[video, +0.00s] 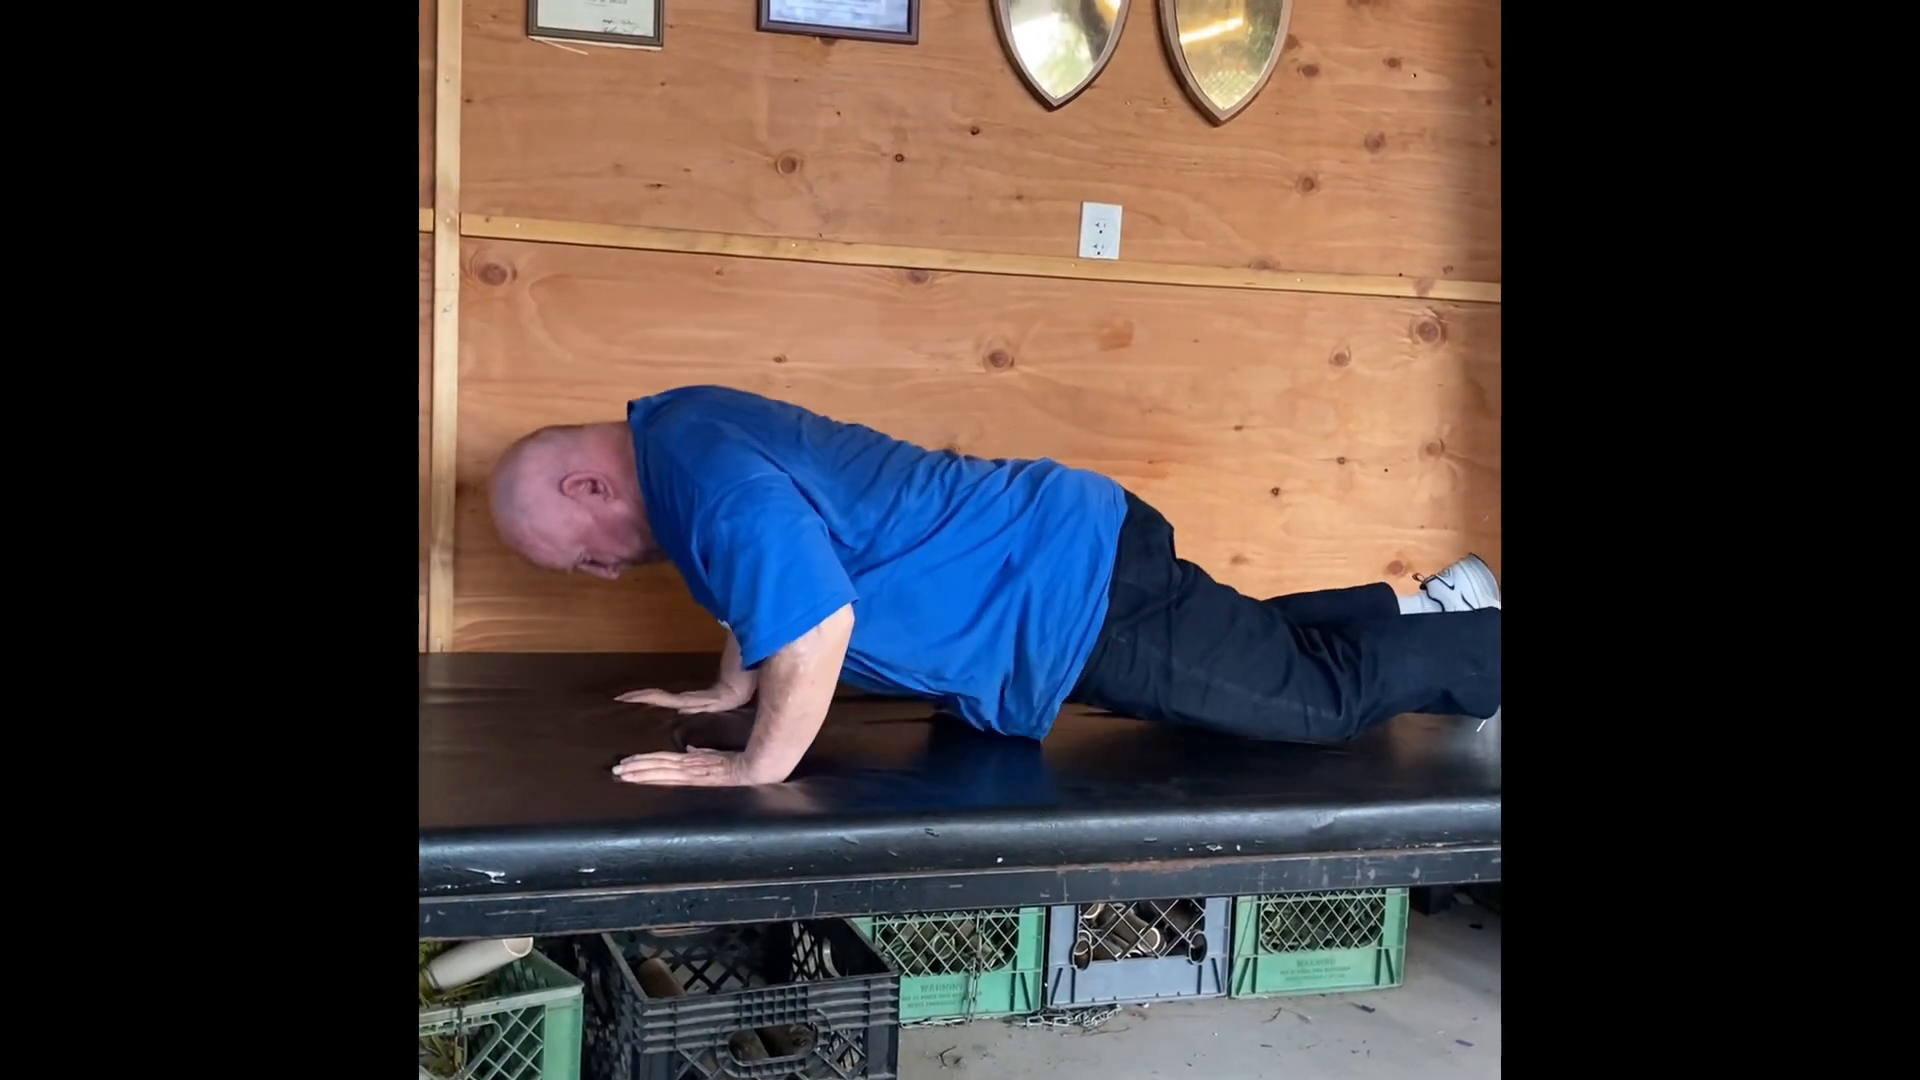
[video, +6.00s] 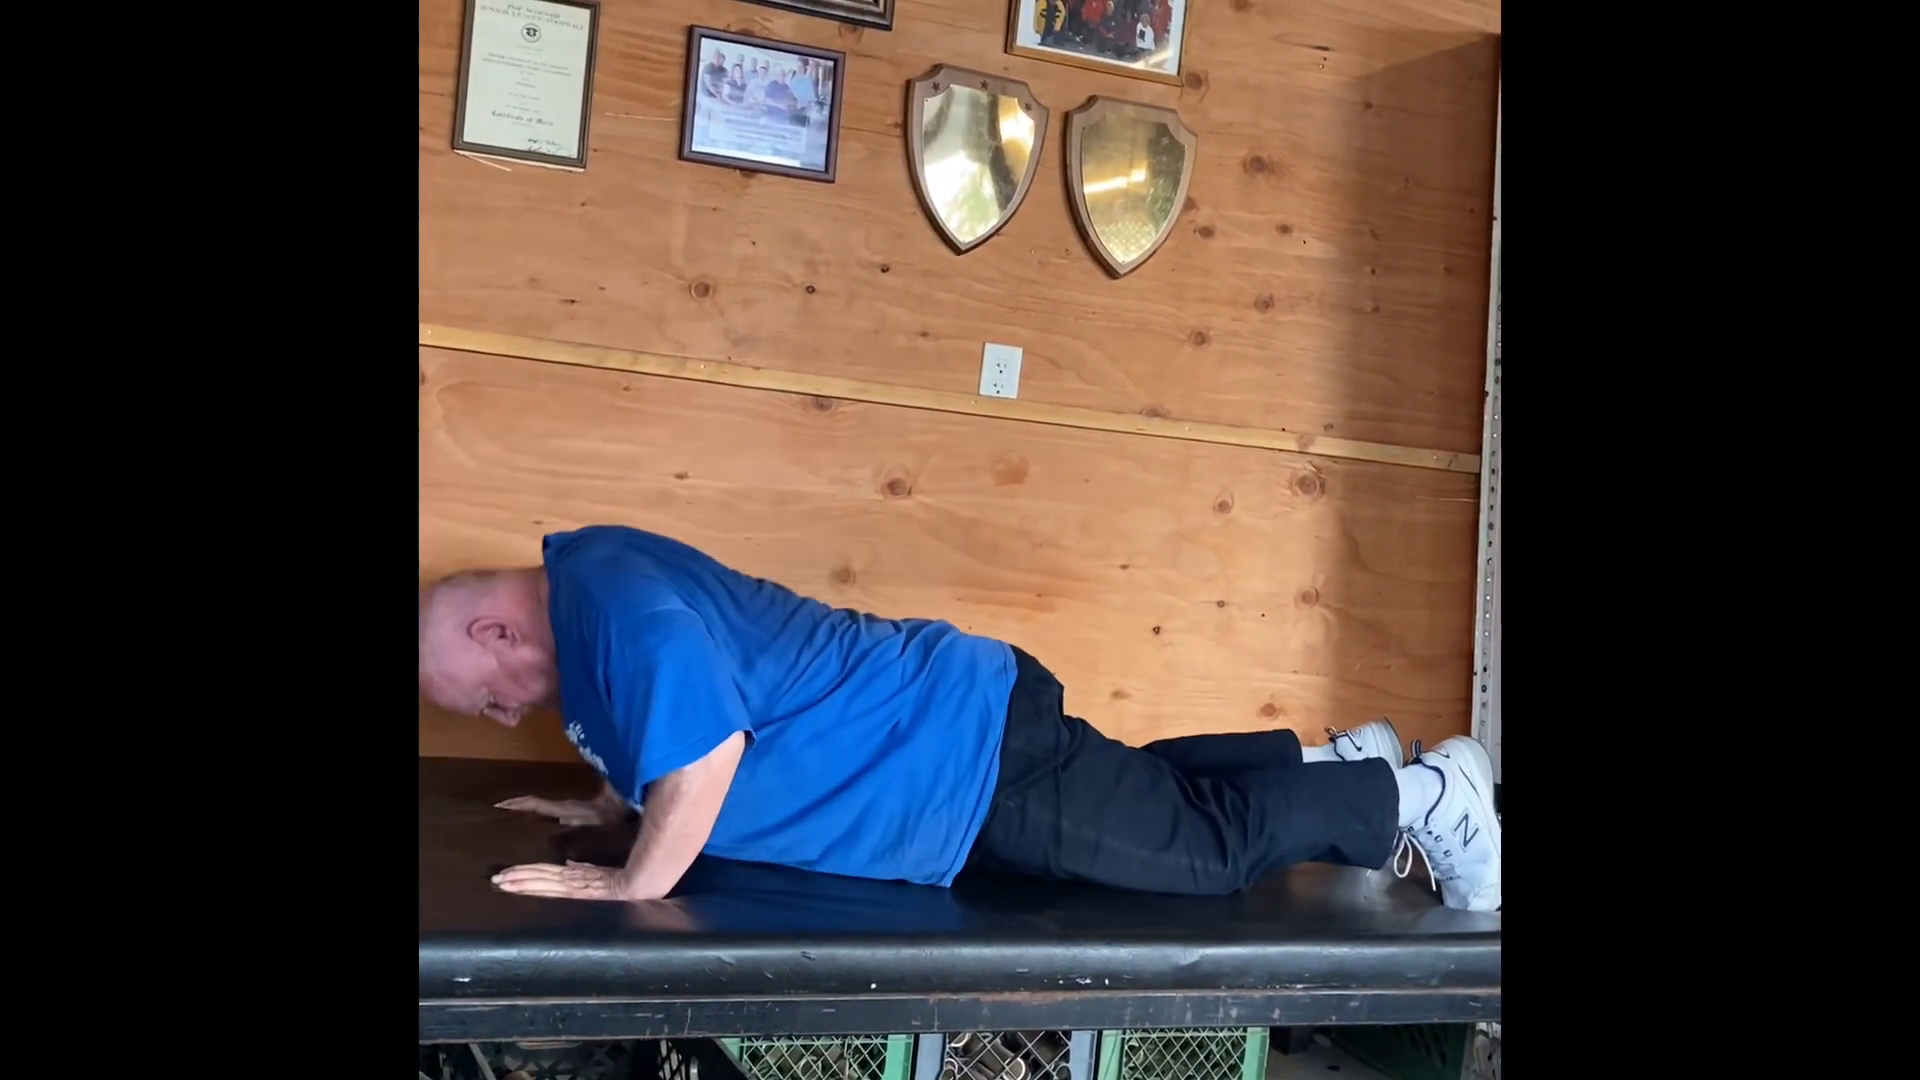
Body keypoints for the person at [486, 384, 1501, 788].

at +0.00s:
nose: (606, 552)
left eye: (584, 538)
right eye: (580, 551)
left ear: (581, 480)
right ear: (580, 479)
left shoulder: (711, 474)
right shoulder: (680, 441)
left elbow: (816, 616)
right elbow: (774, 591)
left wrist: (761, 768)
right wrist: (738, 705)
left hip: (1079, 587)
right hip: (1056, 567)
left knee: (1313, 693)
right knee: (1282, 653)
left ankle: (1483, 648)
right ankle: (1452, 607)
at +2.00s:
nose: (561, 644)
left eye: (541, 634)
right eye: (542, 642)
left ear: (543, 574)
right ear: (539, 560)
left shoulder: (661, 534)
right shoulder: (611, 513)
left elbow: (781, 636)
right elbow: (716, 635)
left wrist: (714, 772)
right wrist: (663, 690)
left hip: (1041, 634)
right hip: (1014, 615)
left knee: (1277, 726)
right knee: (1221, 666)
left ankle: (1463, 668)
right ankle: (1409, 626)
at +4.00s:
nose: (490, 689)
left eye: (471, 676)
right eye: (473, 687)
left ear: (472, 615)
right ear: (476, 617)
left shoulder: (604, 580)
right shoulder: (554, 580)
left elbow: (703, 710)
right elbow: (675, 702)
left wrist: (639, 841)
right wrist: (610, 781)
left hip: (956, 698)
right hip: (925, 733)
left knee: (1194, 796)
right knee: (1152, 757)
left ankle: (1410, 744)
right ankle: (1339, 713)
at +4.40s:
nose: (520, 559)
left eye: (506, 542)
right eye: (503, 548)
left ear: (519, 486)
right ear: (523, 466)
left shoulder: (653, 505)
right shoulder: (624, 484)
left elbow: (679, 704)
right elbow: (657, 673)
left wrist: (638, 850)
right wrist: (618, 782)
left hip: (980, 643)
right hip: (953, 647)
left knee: (1198, 765)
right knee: (1166, 731)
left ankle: (1428, 754)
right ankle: (1360, 728)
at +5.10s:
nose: (480, 694)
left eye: (460, 678)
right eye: (463, 688)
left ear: (471, 621)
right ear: (478, 625)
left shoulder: (602, 588)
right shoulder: (563, 624)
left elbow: (693, 738)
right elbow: (675, 734)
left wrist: (627, 868)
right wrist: (605, 798)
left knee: (1183, 822)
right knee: (1146, 786)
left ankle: (1404, 781)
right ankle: (1341, 744)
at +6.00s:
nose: (511, 694)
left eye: (489, 680)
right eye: (491, 692)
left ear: (496, 625)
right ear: (493, 639)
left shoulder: (624, 616)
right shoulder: (586, 605)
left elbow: (700, 766)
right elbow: (688, 728)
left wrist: (631, 888)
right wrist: (619, 805)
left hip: (970, 745)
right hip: (935, 764)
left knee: (1199, 841)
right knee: (1161, 802)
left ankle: (1415, 799)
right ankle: (1347, 762)